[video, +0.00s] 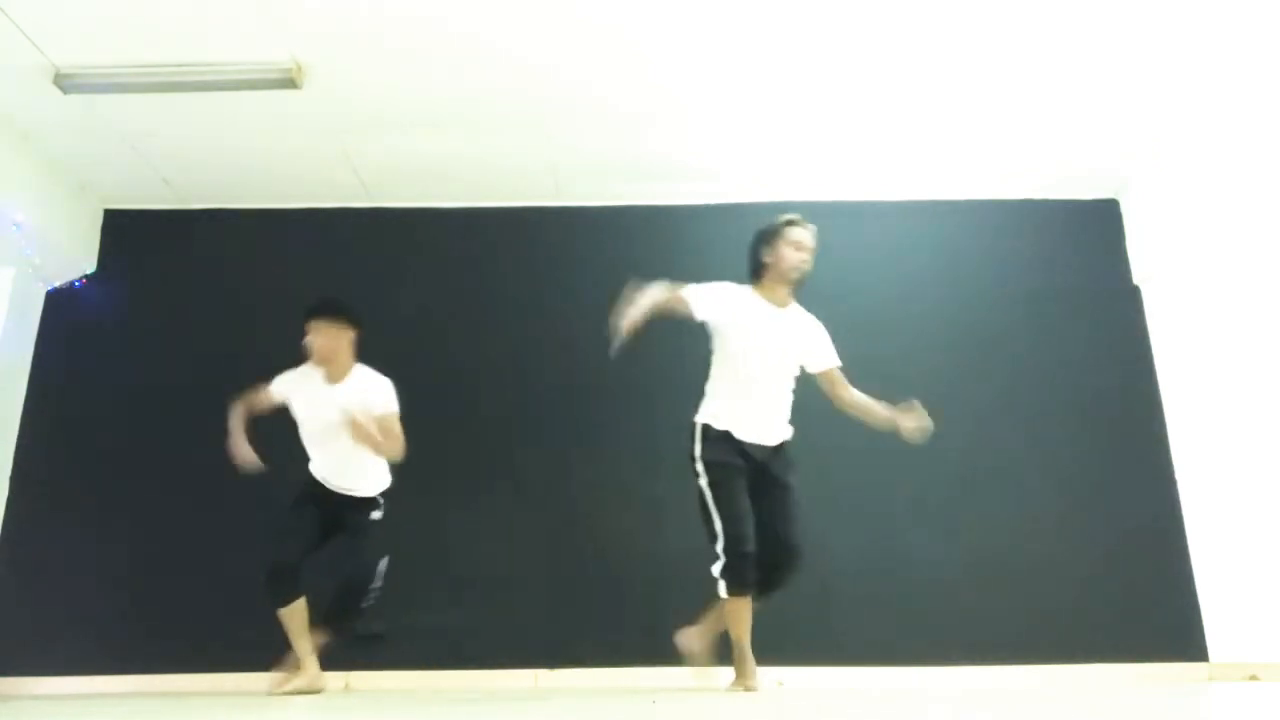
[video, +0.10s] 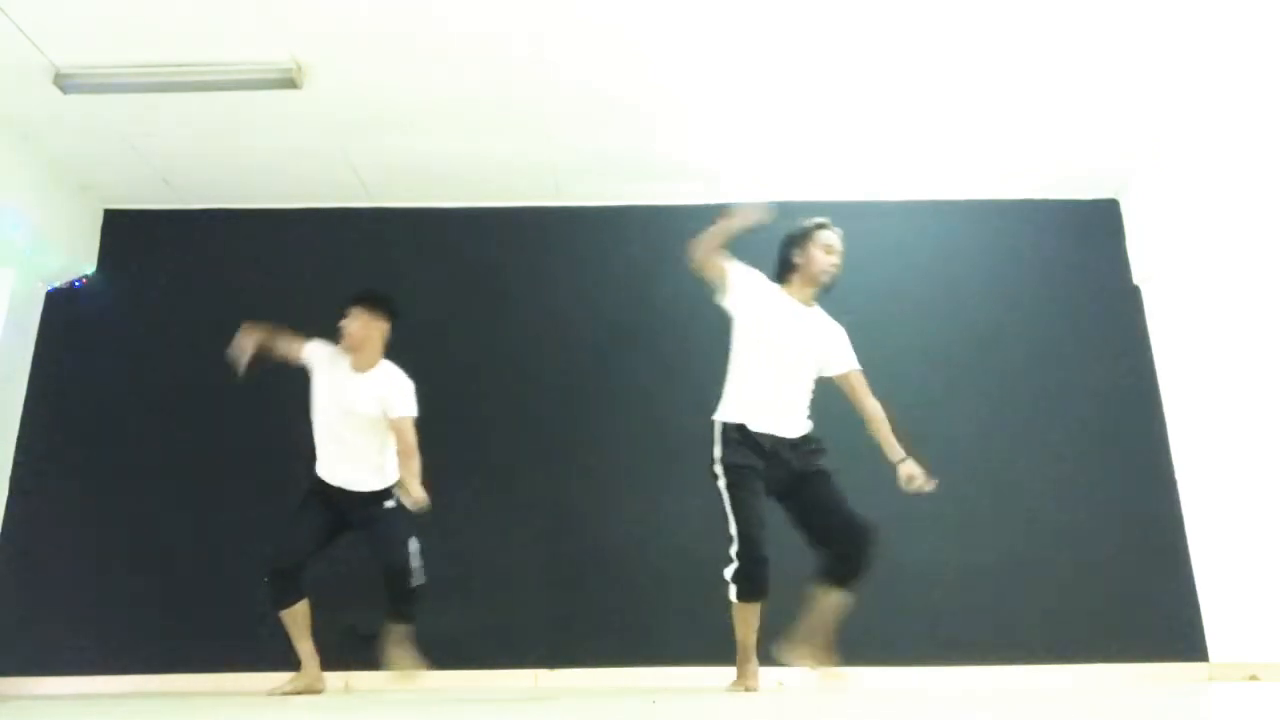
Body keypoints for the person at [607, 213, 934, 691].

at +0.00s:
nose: (803, 257)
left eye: (808, 251)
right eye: (794, 246)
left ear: (810, 261)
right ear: (767, 252)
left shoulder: (807, 328)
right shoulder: (729, 299)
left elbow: (841, 392)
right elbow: (661, 294)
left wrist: (894, 417)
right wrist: (632, 314)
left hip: (771, 447)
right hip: (720, 438)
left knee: (781, 555)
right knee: (739, 546)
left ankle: (699, 634)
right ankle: (744, 666)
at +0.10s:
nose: (835, 259)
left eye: (838, 252)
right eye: (826, 248)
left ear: (837, 264)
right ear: (797, 255)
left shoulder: (828, 331)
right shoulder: (751, 289)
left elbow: (865, 402)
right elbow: (700, 253)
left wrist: (901, 459)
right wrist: (742, 219)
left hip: (794, 446)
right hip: (739, 438)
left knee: (851, 539)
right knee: (751, 549)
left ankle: (807, 643)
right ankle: (746, 666)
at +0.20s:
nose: (856, 259)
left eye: (860, 252)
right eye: (847, 248)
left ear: (860, 265)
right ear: (818, 252)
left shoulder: (851, 330)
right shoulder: (780, 284)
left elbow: (879, 402)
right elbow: (752, 227)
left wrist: (904, 466)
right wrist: (815, 222)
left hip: (833, 448)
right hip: (773, 441)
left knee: (905, 537)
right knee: (765, 560)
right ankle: (749, 671)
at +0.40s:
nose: (908, 246)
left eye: (906, 238)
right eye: (897, 239)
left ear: (901, 256)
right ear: (870, 253)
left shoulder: (922, 319)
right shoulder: (847, 296)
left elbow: (970, 378)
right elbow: (812, 250)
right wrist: (864, 213)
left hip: (942, 447)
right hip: (884, 445)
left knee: (1023, 538)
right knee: (837, 561)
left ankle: (1058, 664)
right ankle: (760, 660)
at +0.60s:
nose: (933, 231)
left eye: (930, 224)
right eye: (919, 227)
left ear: (937, 238)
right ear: (896, 251)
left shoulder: (974, 278)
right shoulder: (895, 307)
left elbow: (1025, 260)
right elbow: (871, 350)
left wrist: (1048, 238)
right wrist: (811, 361)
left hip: (1021, 430)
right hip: (966, 439)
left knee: (1081, 542)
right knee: (960, 562)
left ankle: (1062, 665)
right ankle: (920, 669)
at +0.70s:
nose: (933, 212)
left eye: (929, 207)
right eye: (917, 211)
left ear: (937, 223)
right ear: (898, 240)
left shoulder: (977, 249)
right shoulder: (909, 295)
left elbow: (1029, 199)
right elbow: (906, 368)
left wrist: (1013, 219)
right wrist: (872, 409)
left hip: (1039, 403)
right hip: (984, 419)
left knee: (1075, 527)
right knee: (1013, 533)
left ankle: (1068, 662)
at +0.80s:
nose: (924, 192)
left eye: (920, 186)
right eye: (909, 193)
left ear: (933, 199)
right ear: (895, 225)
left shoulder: (975, 221)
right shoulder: (911, 280)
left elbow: (1025, 170)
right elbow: (923, 355)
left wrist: (1006, 203)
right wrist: (917, 401)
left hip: (1042, 373)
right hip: (986, 394)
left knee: (1072, 510)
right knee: (1037, 512)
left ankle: (1087, 642)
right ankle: (1056, 641)